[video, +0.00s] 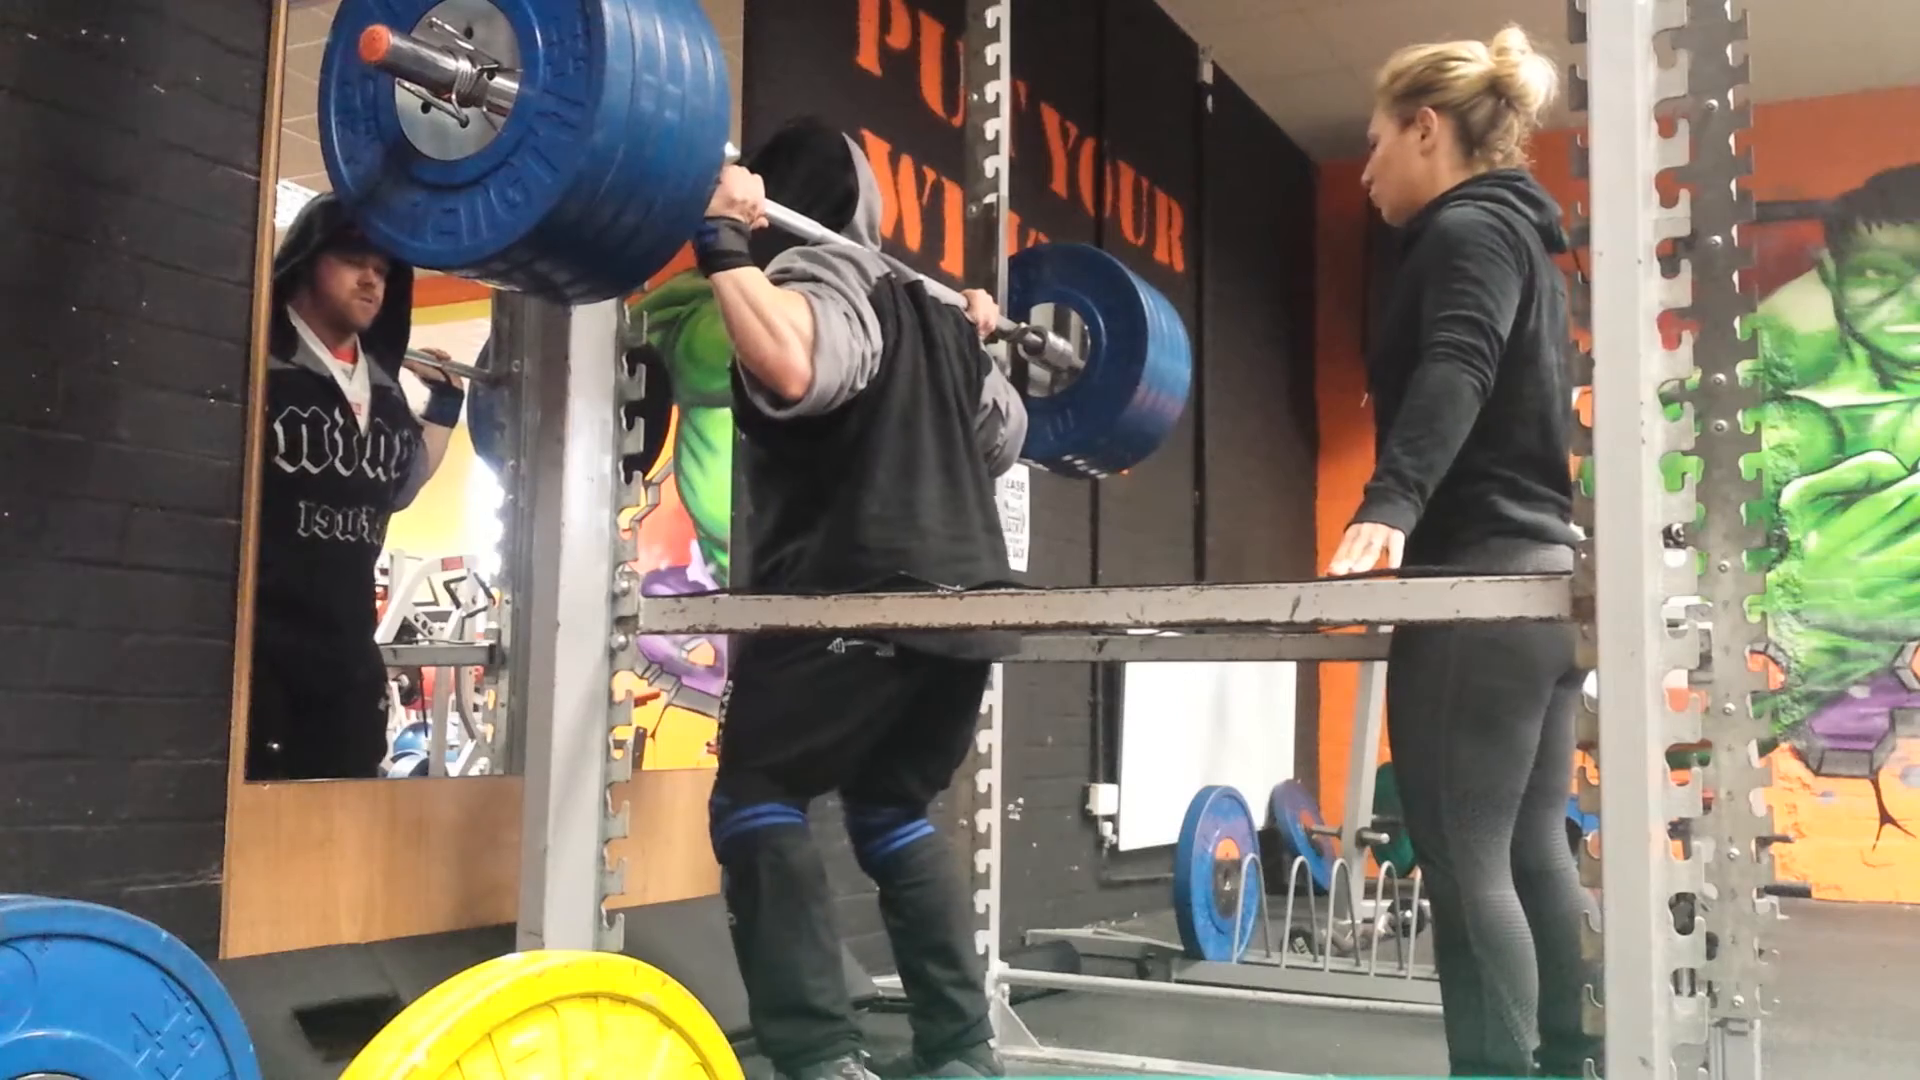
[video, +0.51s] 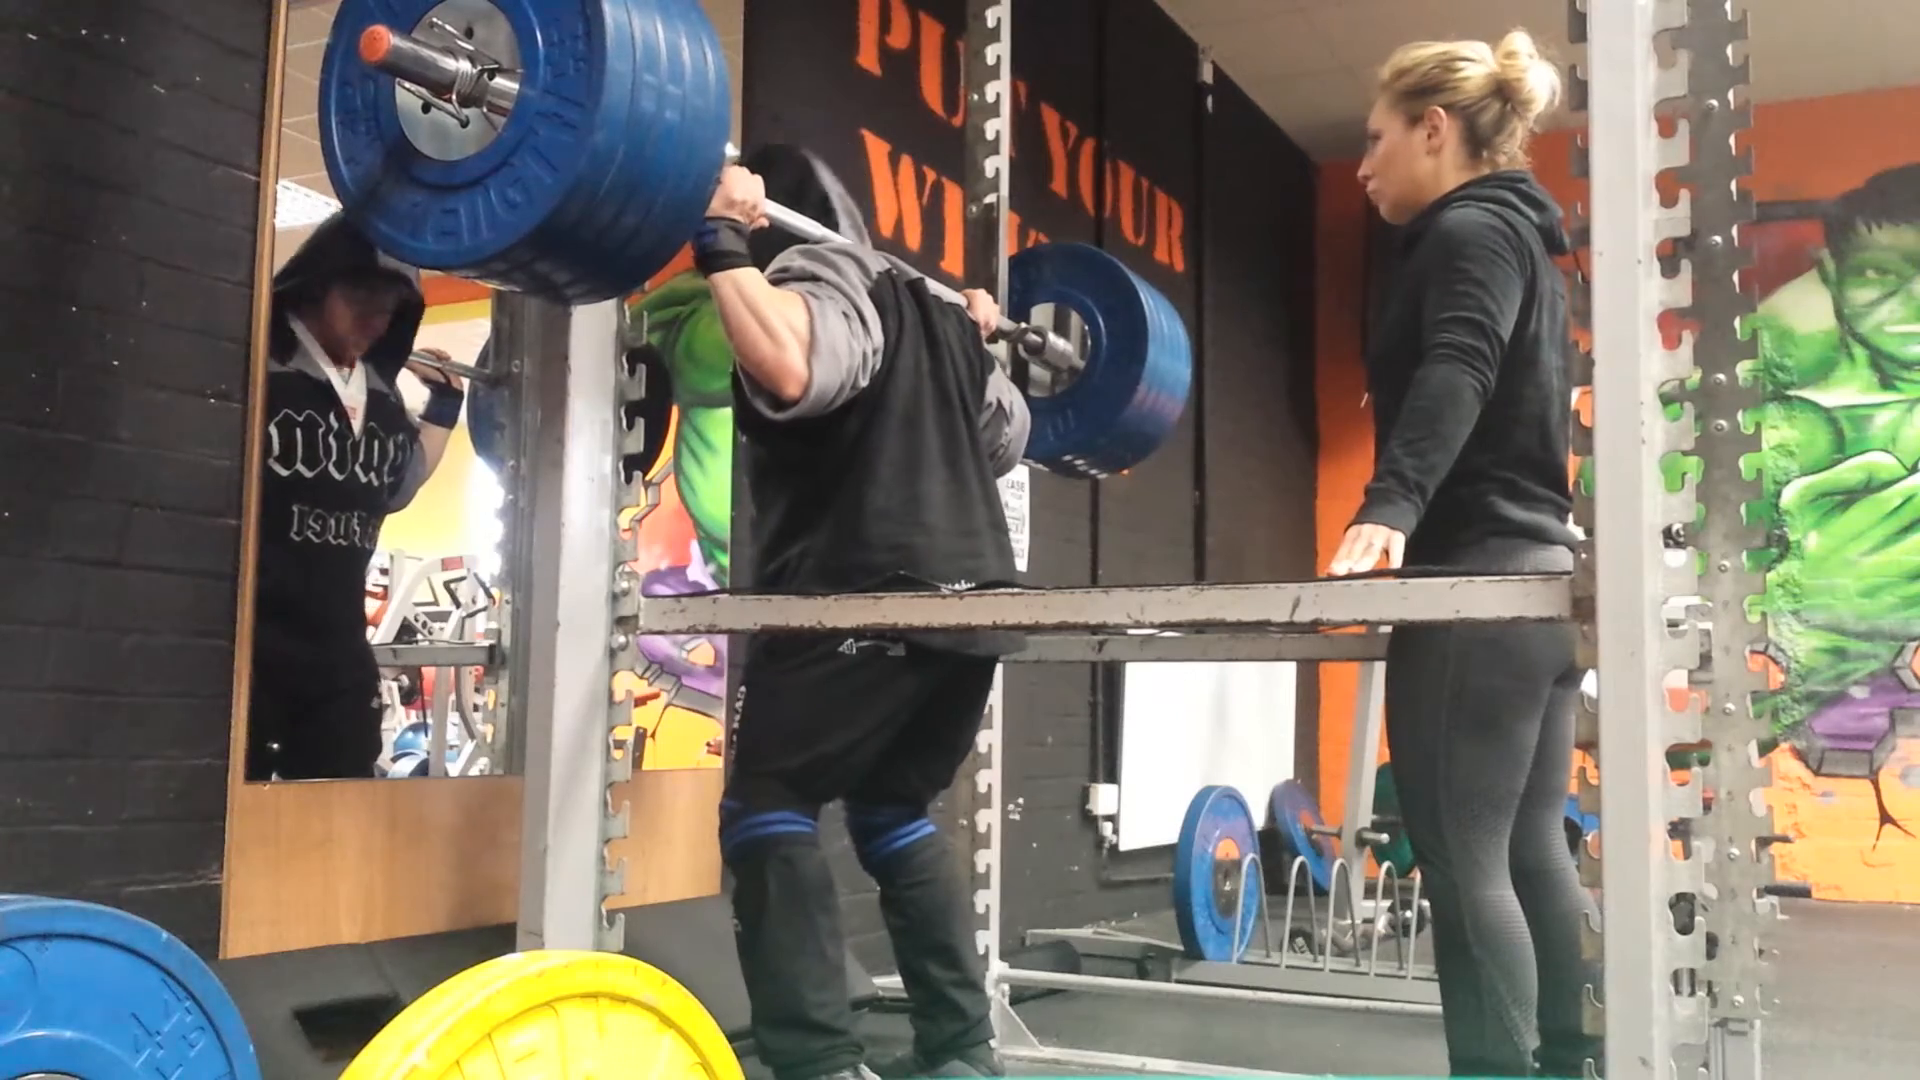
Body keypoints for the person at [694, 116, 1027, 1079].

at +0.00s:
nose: (745, 227)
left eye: (753, 207)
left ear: (775, 208)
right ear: (864, 205)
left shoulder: (811, 276)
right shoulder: (934, 303)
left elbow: (794, 367)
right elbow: (1002, 434)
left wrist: (722, 239)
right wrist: (987, 338)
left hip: (836, 600)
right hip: (967, 601)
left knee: (756, 797)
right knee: (892, 804)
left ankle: (809, 1047)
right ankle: (958, 1049)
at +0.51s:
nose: (734, 247)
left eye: (743, 224)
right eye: (730, 224)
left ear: (778, 220)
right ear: (846, 213)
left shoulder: (822, 271)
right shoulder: (933, 301)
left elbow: (793, 367)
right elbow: (1008, 435)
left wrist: (721, 238)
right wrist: (981, 341)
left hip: (850, 599)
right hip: (972, 605)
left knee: (767, 802)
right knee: (895, 808)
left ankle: (806, 1049)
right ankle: (958, 1049)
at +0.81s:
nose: (716, 256)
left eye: (720, 231)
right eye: (711, 232)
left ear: (758, 215)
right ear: (802, 205)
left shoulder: (820, 267)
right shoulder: (934, 300)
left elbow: (795, 367)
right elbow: (1009, 438)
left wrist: (715, 243)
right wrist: (992, 344)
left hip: (853, 597)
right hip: (973, 602)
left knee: (770, 802)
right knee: (895, 808)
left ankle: (807, 1048)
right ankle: (960, 1049)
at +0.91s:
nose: (721, 256)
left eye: (730, 233)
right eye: (716, 236)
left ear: (773, 219)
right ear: (836, 214)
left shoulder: (820, 268)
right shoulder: (935, 301)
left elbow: (794, 366)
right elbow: (1010, 438)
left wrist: (718, 241)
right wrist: (988, 343)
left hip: (851, 599)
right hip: (972, 604)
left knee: (768, 805)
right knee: (893, 809)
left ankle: (806, 1049)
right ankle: (959, 1047)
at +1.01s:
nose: (746, 238)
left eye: (751, 215)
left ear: (778, 215)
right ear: (856, 209)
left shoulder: (819, 270)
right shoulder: (930, 302)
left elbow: (790, 368)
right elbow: (1005, 434)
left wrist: (719, 240)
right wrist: (977, 342)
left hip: (838, 603)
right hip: (963, 605)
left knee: (758, 807)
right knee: (882, 808)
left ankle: (804, 1050)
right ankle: (957, 1048)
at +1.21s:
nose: (746, 225)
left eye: (752, 206)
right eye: (743, 203)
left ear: (777, 209)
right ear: (858, 205)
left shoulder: (809, 275)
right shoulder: (929, 304)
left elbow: (779, 372)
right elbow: (987, 446)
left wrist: (717, 243)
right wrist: (984, 345)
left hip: (819, 607)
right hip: (947, 611)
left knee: (750, 811)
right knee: (871, 811)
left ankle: (805, 1051)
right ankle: (958, 1046)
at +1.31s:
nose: (747, 223)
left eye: (753, 205)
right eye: (745, 201)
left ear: (775, 209)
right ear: (861, 208)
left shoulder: (808, 277)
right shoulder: (928, 307)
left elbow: (777, 373)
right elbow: (987, 446)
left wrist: (716, 242)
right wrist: (984, 345)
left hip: (818, 609)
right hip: (944, 614)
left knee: (744, 810)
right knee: (867, 812)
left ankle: (805, 1051)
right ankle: (956, 1046)